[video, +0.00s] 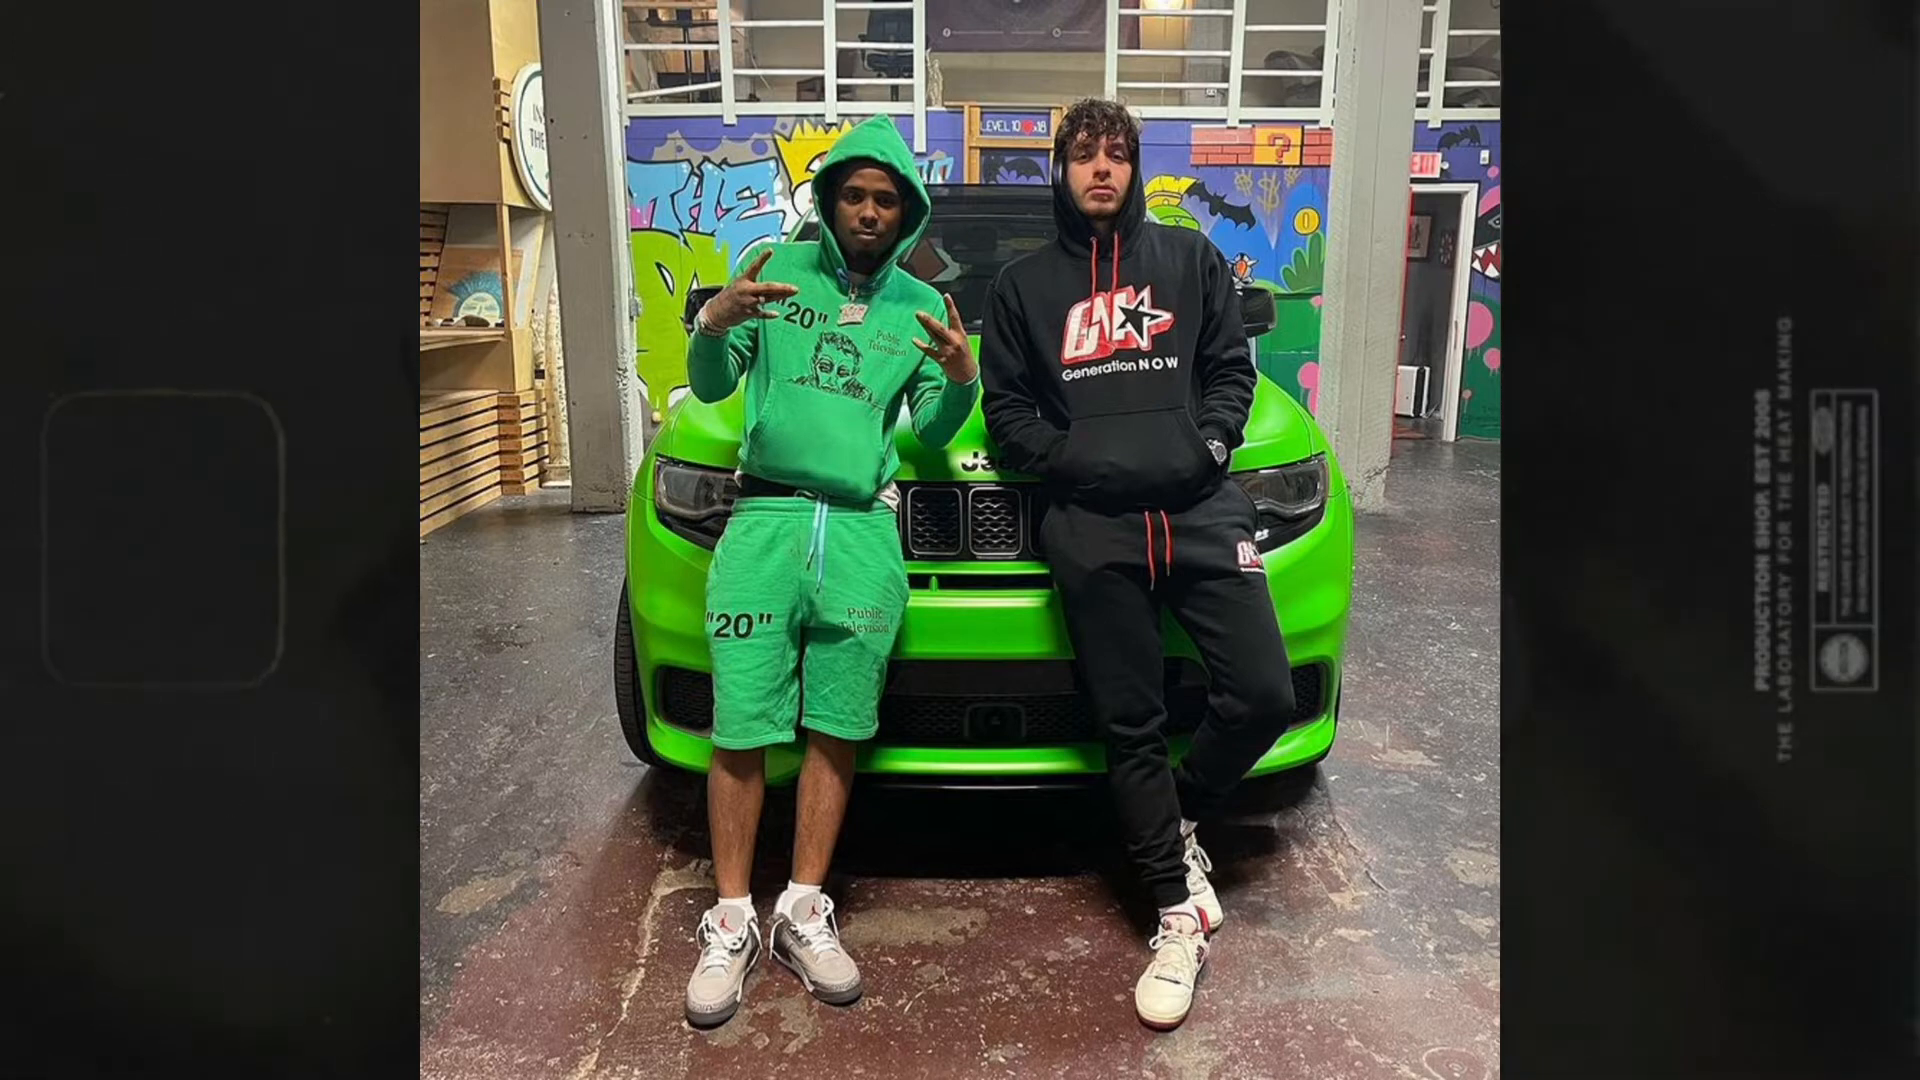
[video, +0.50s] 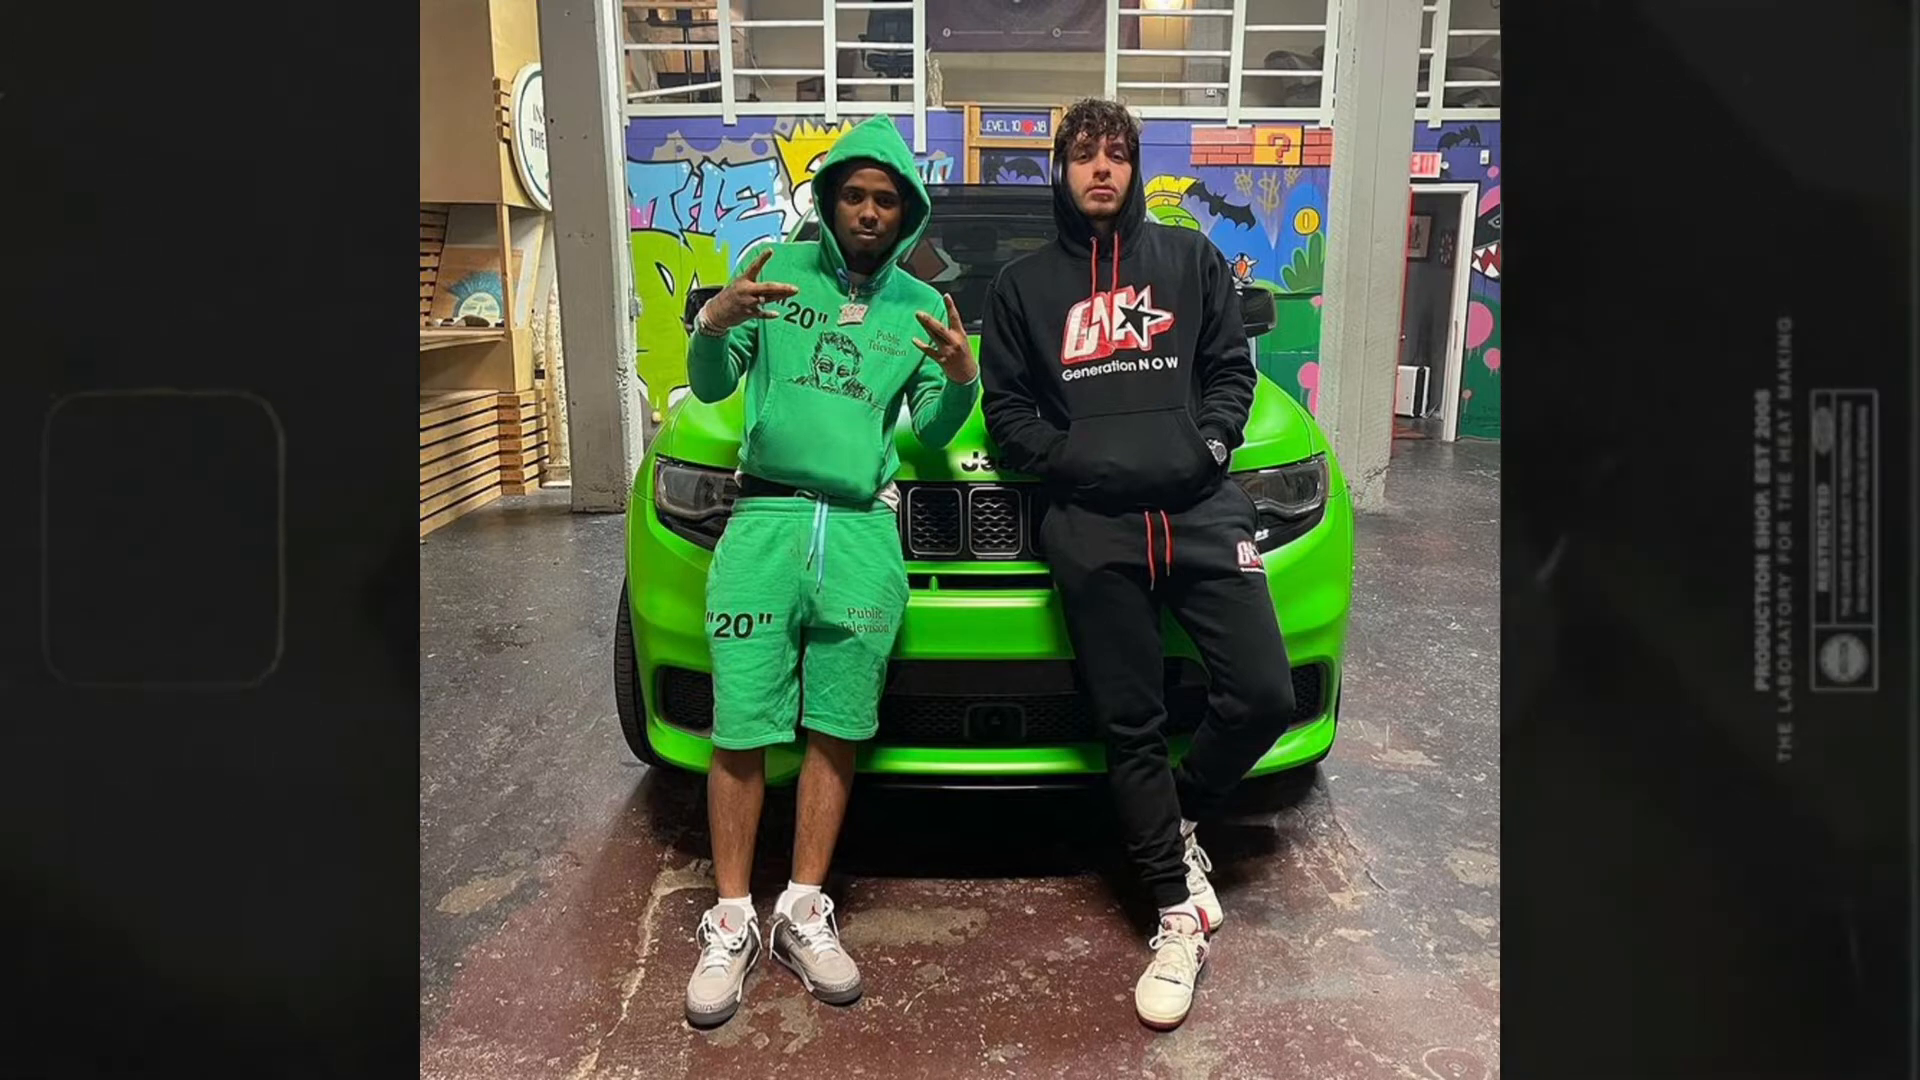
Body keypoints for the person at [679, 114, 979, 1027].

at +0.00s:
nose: (868, 212)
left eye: (885, 198)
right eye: (854, 196)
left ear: (907, 212)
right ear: (827, 202)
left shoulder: (923, 305)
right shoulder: (776, 268)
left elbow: (923, 439)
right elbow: (712, 384)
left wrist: (961, 380)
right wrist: (713, 321)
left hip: (861, 527)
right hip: (763, 517)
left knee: (838, 728)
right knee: (741, 728)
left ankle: (805, 908)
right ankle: (732, 919)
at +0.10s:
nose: (868, 212)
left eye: (885, 198)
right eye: (854, 196)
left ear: (907, 212)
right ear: (827, 202)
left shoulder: (923, 305)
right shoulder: (776, 268)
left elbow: (923, 439)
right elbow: (712, 384)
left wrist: (961, 380)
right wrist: (713, 321)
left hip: (861, 527)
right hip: (763, 517)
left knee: (838, 728)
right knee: (741, 728)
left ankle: (805, 908)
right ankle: (732, 919)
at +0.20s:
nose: (868, 212)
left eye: (885, 198)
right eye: (854, 196)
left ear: (907, 212)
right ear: (827, 202)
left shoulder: (923, 305)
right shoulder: (776, 268)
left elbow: (923, 439)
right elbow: (712, 384)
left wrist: (961, 380)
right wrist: (713, 321)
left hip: (861, 527)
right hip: (763, 517)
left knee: (838, 728)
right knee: (741, 728)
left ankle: (805, 908)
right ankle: (732, 919)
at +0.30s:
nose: (868, 212)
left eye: (885, 198)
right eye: (854, 196)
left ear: (907, 212)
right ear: (827, 202)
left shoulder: (923, 305)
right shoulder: (776, 268)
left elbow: (923, 439)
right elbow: (712, 384)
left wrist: (961, 380)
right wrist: (713, 321)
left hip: (861, 527)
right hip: (763, 517)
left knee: (838, 728)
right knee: (741, 728)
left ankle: (805, 908)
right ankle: (732, 919)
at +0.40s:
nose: (868, 212)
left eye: (885, 198)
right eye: (854, 196)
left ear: (907, 212)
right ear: (827, 202)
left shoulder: (923, 305)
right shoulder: (776, 268)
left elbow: (923, 439)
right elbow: (712, 384)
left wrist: (961, 380)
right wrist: (713, 321)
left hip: (861, 527)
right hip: (763, 517)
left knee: (838, 728)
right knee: (741, 728)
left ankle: (805, 908)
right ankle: (732, 919)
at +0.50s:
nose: (868, 212)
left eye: (885, 198)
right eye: (854, 196)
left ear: (907, 212)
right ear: (827, 202)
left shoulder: (923, 305)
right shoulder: (776, 268)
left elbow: (923, 439)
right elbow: (712, 384)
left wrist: (961, 380)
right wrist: (713, 321)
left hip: (861, 527)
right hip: (763, 517)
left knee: (838, 728)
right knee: (741, 728)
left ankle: (805, 908)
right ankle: (732, 919)